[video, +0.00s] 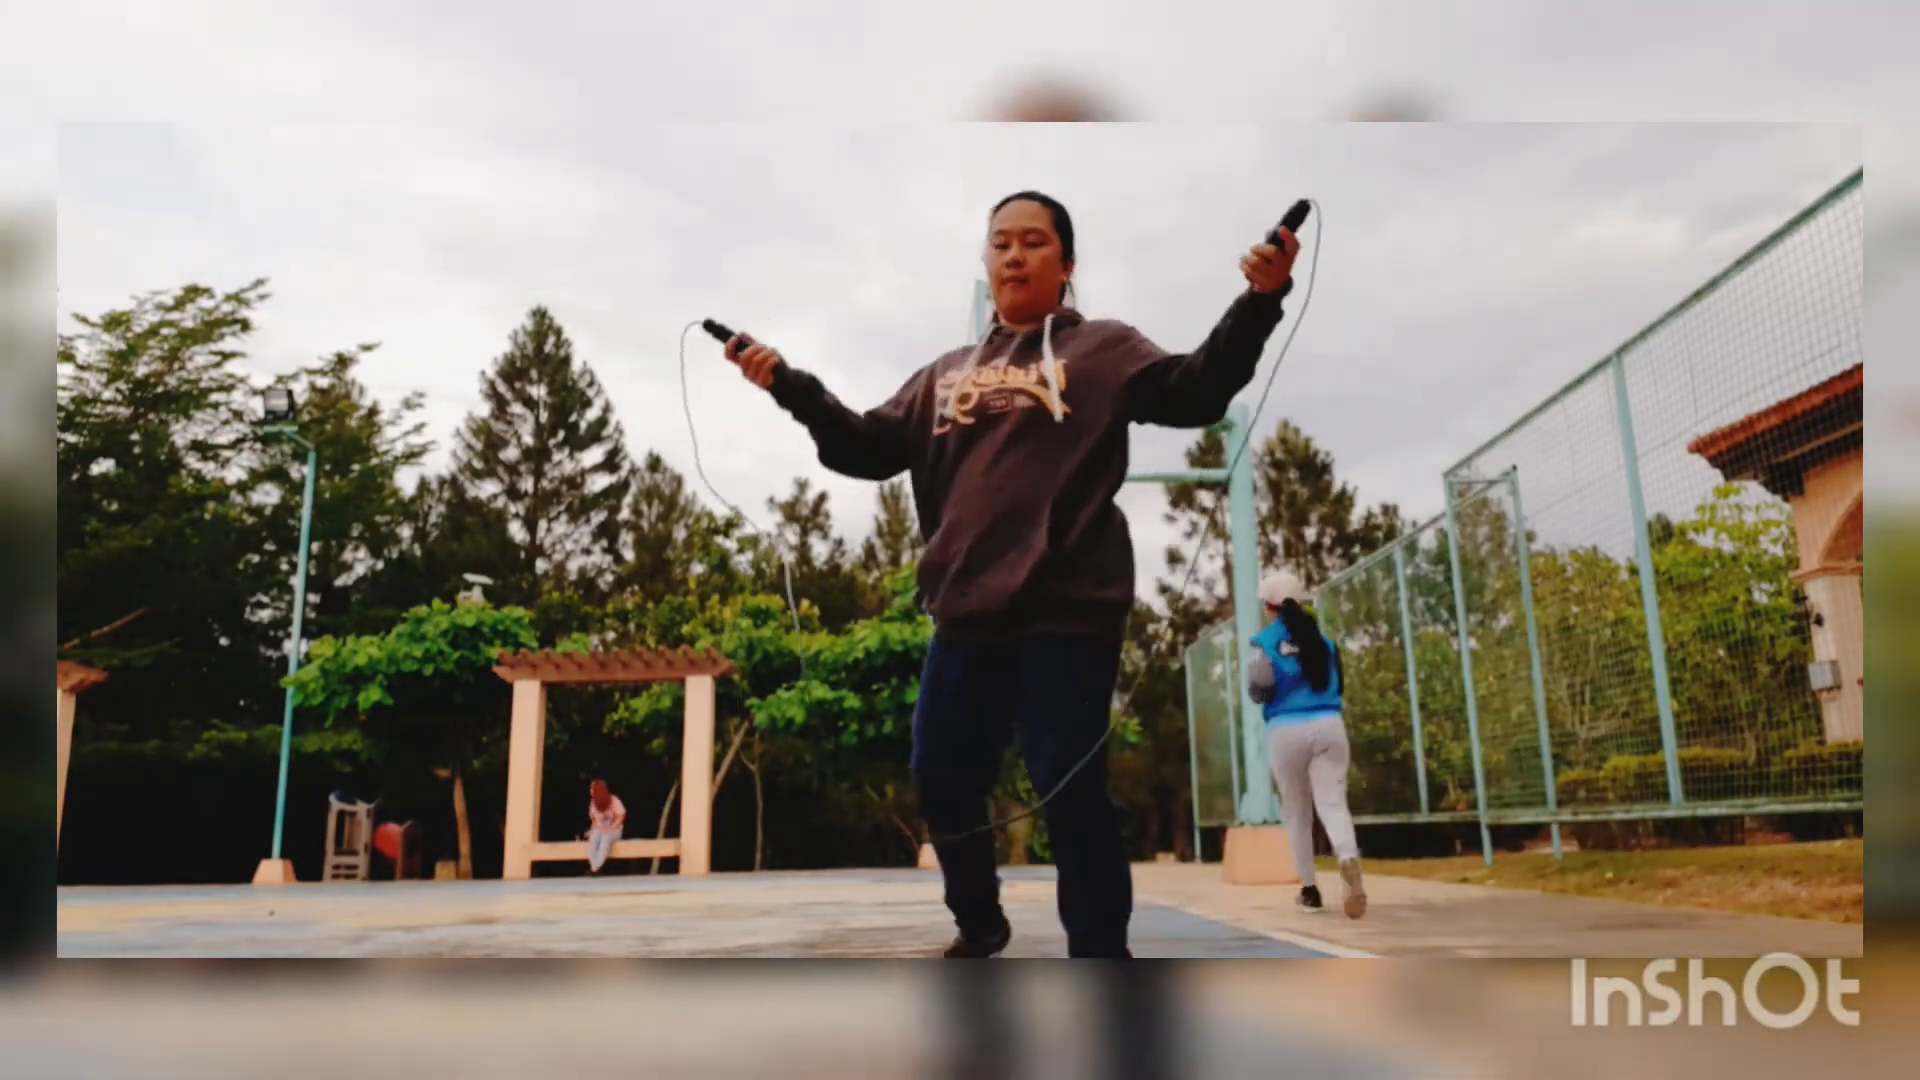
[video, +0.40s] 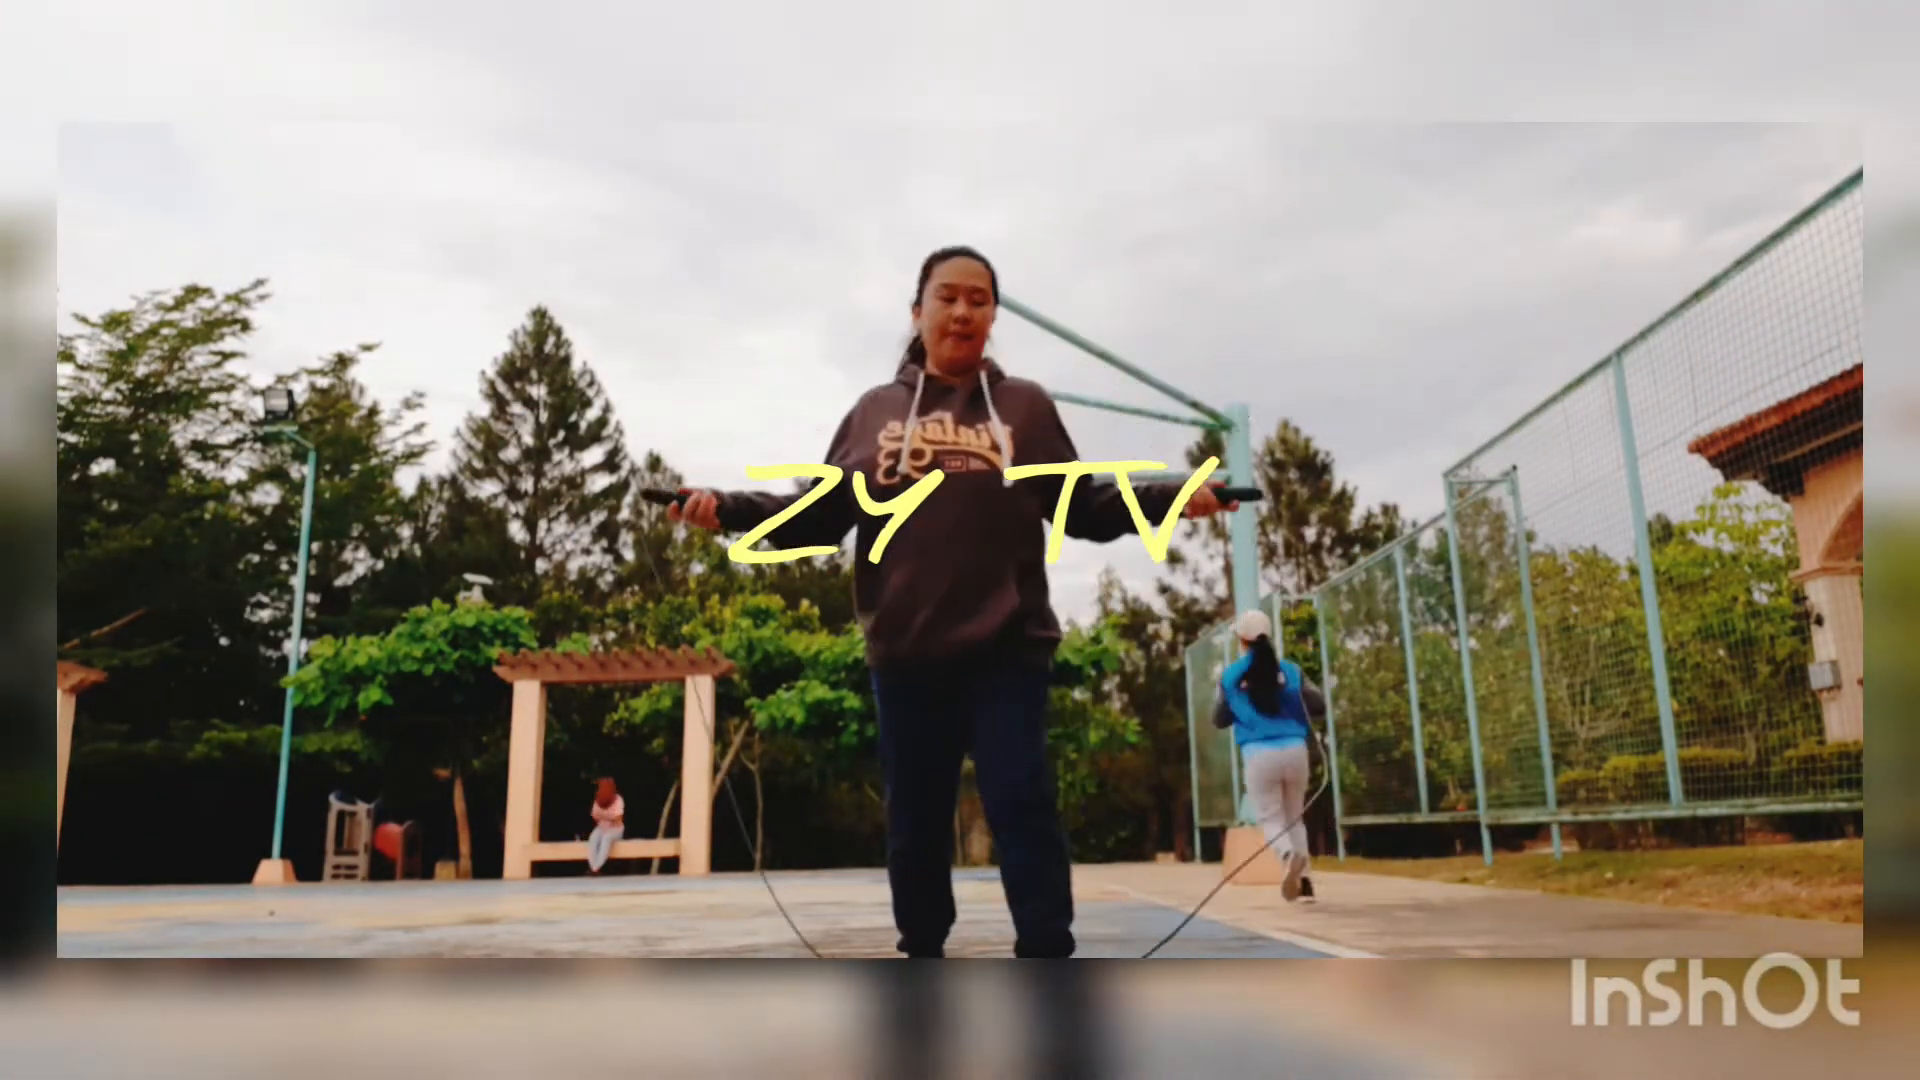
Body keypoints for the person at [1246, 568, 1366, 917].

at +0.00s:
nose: (1263, 611)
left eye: (1264, 606)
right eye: (1265, 605)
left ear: (1269, 607)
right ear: (1298, 603)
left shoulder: (1265, 640)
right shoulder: (1324, 639)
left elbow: (1260, 689)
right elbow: (1337, 685)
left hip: (1287, 729)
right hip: (1329, 723)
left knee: (1296, 810)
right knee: (1334, 802)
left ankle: (1309, 886)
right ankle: (1349, 859)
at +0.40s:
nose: (1238, 641)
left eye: (1238, 638)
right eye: (1243, 637)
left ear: (1241, 641)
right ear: (1268, 637)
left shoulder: (1231, 676)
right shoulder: (1290, 670)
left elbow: (1220, 719)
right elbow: (1317, 705)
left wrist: (1242, 703)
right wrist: (1288, 701)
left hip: (1259, 750)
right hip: (1295, 745)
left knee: (1270, 818)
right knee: (1295, 817)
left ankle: (1289, 856)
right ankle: (1303, 875)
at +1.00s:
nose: (1149, 663)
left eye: (1151, 659)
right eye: (1150, 658)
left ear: (1159, 661)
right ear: (1174, 660)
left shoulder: (1147, 688)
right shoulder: (1187, 682)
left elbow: (1137, 725)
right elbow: (1214, 715)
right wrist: (1197, 732)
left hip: (1173, 756)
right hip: (1200, 751)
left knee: (1196, 813)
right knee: (1194, 812)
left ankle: (1229, 863)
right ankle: (1197, 869)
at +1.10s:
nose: (1137, 672)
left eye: (1138, 667)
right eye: (1137, 667)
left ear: (1146, 669)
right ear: (1161, 668)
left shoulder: (1134, 697)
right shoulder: (1177, 693)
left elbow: (1123, 729)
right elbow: (1196, 720)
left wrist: (1125, 712)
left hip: (1158, 761)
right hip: (1184, 757)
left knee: (1175, 820)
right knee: (1179, 819)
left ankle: (1212, 854)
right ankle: (1184, 872)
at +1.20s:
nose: (1120, 679)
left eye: (1123, 675)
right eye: (1120, 674)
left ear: (1131, 677)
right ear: (1144, 677)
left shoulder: (1122, 704)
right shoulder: (1160, 699)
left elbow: (1117, 739)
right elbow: (1173, 727)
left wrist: (1121, 752)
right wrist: (1165, 747)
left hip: (1145, 769)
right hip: (1171, 764)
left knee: (1147, 827)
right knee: (1166, 824)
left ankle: (1183, 852)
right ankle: (1182, 870)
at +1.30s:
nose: (1090, 675)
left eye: (1093, 671)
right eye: (1091, 671)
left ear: (1103, 673)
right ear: (1109, 673)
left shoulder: (1105, 698)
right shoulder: (1123, 693)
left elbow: (1110, 731)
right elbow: (1124, 725)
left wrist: (1094, 740)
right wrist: (1094, 723)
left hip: (1118, 765)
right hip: (1141, 760)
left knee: (1107, 815)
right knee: (1149, 817)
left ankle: (1129, 865)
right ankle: (1178, 865)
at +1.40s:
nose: (1074, 677)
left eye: (1077, 673)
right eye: (1075, 673)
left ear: (1085, 675)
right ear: (1092, 675)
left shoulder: (1084, 694)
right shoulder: (1097, 693)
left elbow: (1096, 727)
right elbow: (1097, 727)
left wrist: (1073, 738)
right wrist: (1074, 735)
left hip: (1095, 762)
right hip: (1117, 757)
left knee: (1090, 818)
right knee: (1133, 812)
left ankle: (1095, 870)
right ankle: (1166, 855)